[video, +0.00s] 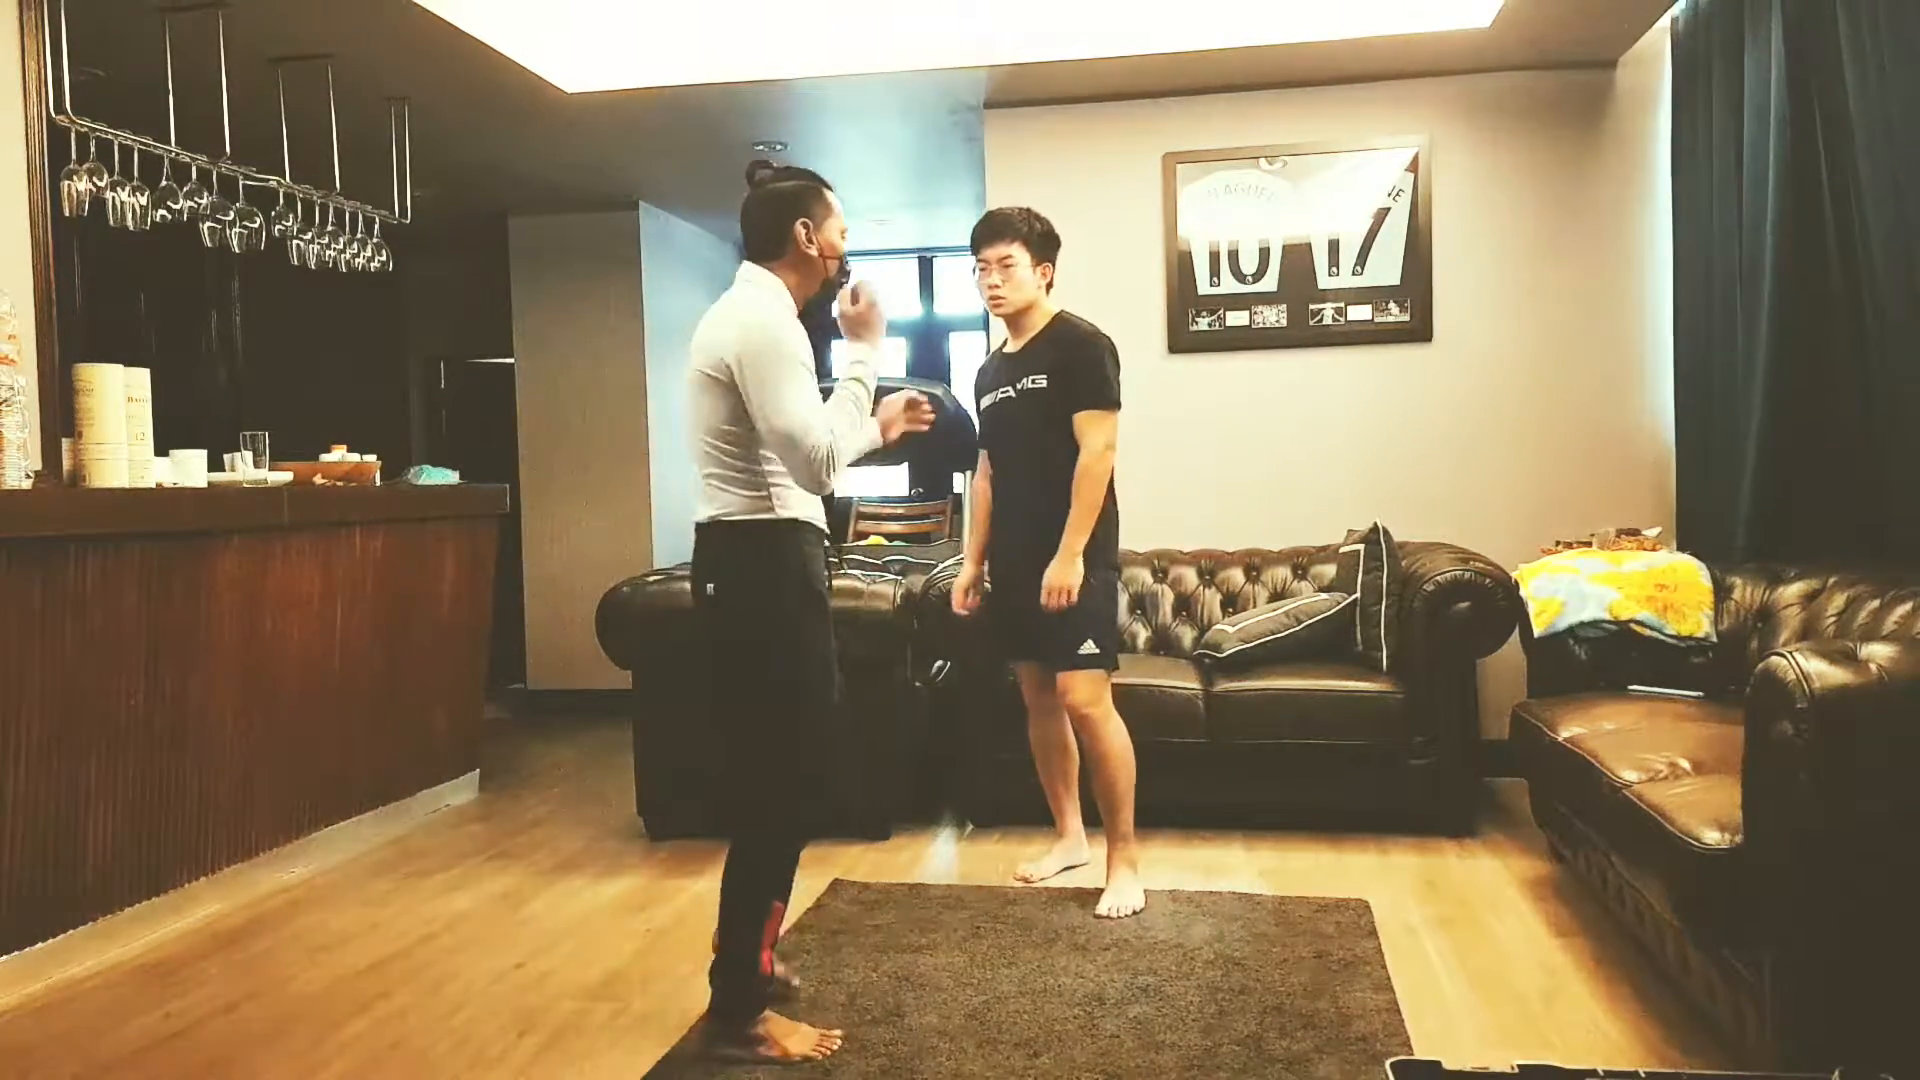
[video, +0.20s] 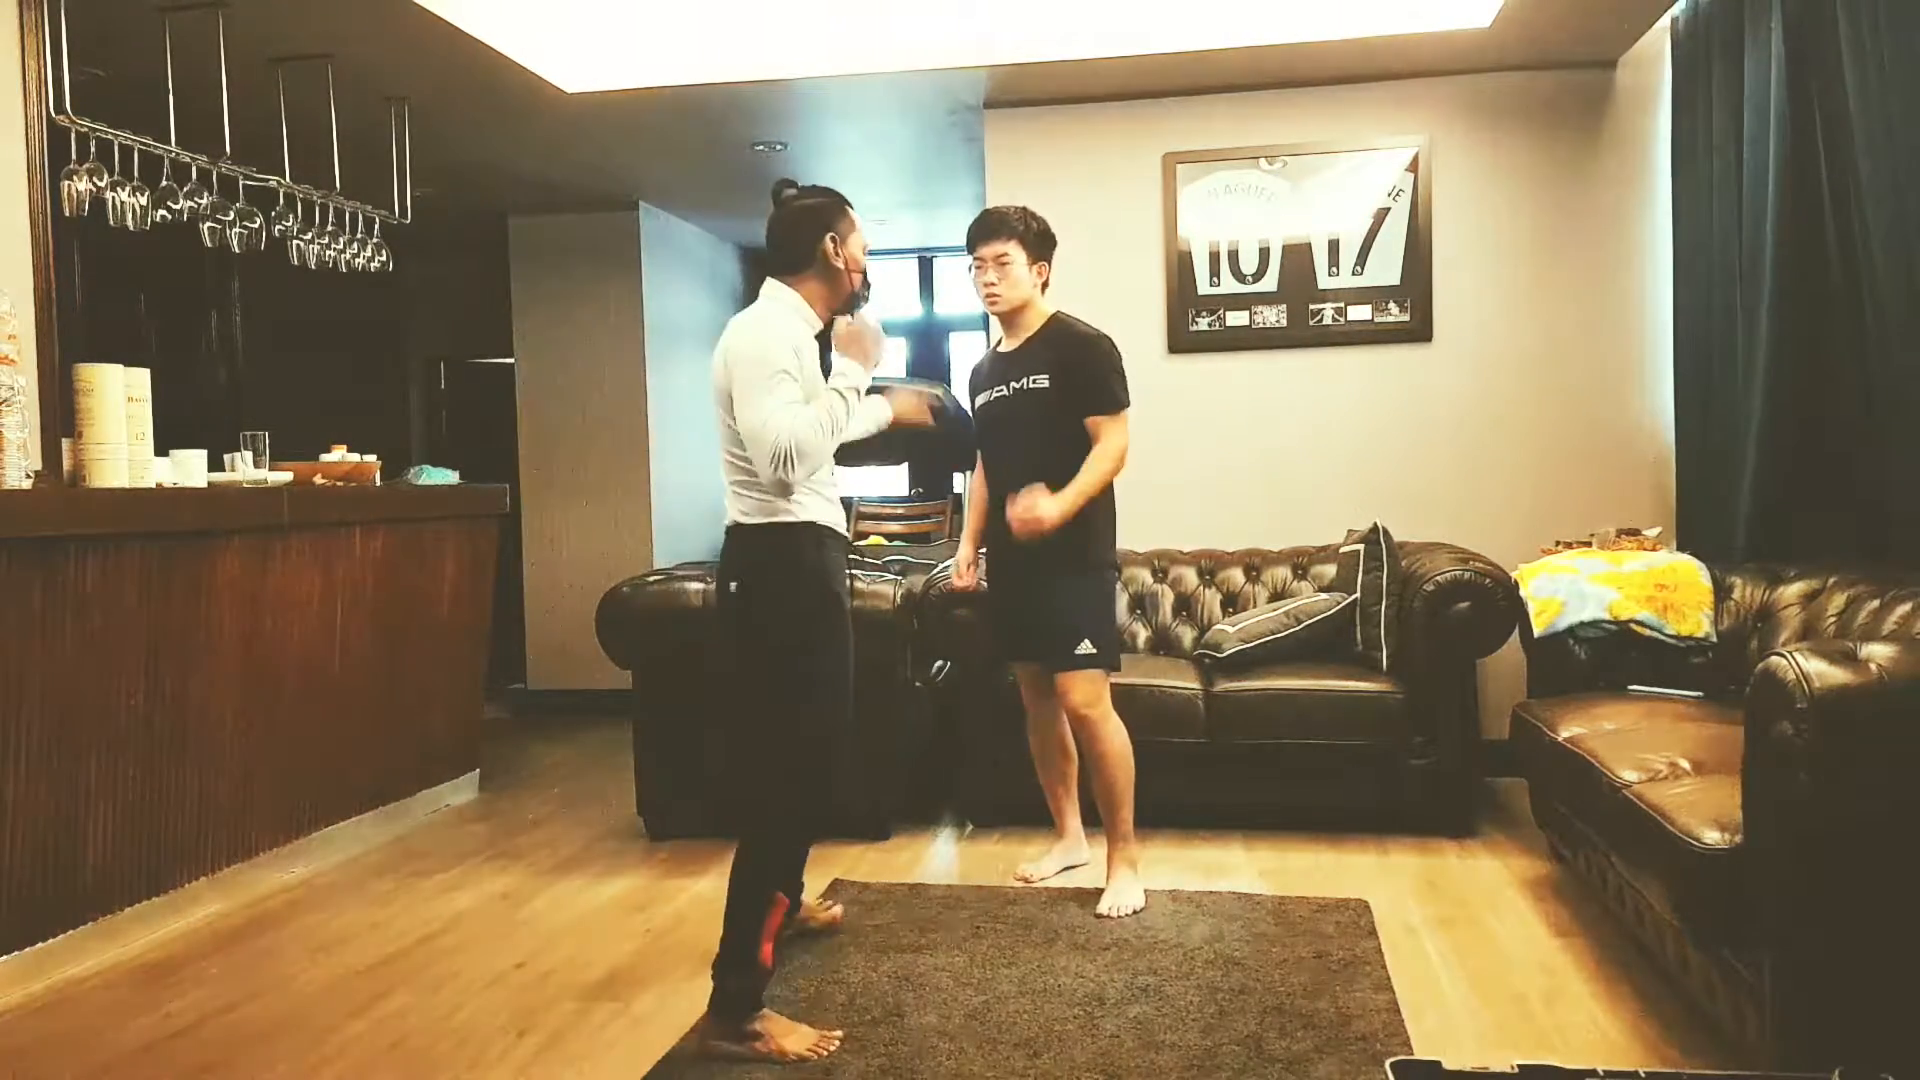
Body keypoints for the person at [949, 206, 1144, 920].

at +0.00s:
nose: (991, 280)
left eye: (1006, 266)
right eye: (983, 269)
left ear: (1046, 269)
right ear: (979, 278)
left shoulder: (1082, 345)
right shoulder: (990, 370)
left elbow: (1097, 455)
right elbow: (989, 469)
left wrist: (1070, 555)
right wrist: (973, 557)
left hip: (1077, 551)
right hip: (1016, 553)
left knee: (1085, 699)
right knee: (1040, 697)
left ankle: (1123, 861)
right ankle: (1071, 841)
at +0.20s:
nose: (988, 278)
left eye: (1002, 264)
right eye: (979, 267)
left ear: (1041, 269)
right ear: (974, 276)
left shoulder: (1084, 346)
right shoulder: (985, 372)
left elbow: (1113, 447)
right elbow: (986, 467)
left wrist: (1062, 502)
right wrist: (969, 542)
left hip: (1076, 555)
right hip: (1012, 556)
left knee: (1084, 701)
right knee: (1038, 699)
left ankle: (1123, 859)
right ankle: (1070, 842)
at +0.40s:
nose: (987, 275)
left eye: (1002, 261)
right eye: (980, 263)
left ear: (1043, 265)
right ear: (977, 273)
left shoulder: (1082, 340)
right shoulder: (984, 366)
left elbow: (1077, 429)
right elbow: (976, 453)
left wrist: (1070, 331)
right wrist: (972, 463)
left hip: (1075, 542)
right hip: (1013, 546)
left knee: (1076, 696)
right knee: (1037, 696)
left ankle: (1123, 853)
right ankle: (1069, 841)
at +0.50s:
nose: (983, 273)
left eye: (995, 259)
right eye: (980, 261)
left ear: (1041, 262)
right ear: (1002, 269)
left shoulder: (1083, 327)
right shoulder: (1000, 349)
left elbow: (1059, 381)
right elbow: (955, 447)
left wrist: (997, 301)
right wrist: (945, 394)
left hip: (1078, 537)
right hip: (1020, 537)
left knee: (1069, 696)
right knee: (1035, 694)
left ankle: (1126, 847)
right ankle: (1070, 838)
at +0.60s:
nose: (993, 272)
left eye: (1006, 258)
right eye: (988, 260)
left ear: (1053, 262)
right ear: (993, 269)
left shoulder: (1084, 322)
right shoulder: (996, 337)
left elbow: (1046, 385)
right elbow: (951, 378)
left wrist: (947, 350)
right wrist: (926, 326)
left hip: (1083, 534)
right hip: (1027, 535)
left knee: (1059, 693)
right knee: (1027, 691)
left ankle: (1127, 847)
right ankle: (1071, 841)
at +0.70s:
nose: (1002, 284)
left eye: (1016, 270)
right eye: (999, 273)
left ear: (1063, 274)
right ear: (1003, 279)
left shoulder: (1092, 339)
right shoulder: (1008, 332)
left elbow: (1044, 420)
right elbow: (933, 325)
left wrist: (947, 420)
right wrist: (935, 273)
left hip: (1083, 552)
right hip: (1026, 553)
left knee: (1054, 700)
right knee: (1010, 705)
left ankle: (1119, 871)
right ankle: (1067, 841)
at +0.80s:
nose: (1016, 302)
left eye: (1028, 289)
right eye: (1015, 290)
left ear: (1077, 295)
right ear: (1032, 295)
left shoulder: (1101, 370)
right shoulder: (1027, 349)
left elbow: (1053, 464)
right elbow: (968, 318)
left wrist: (964, 493)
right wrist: (931, 275)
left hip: (1080, 574)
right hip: (1024, 571)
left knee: (1051, 714)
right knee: (999, 724)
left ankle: (1102, 896)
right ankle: (1067, 842)